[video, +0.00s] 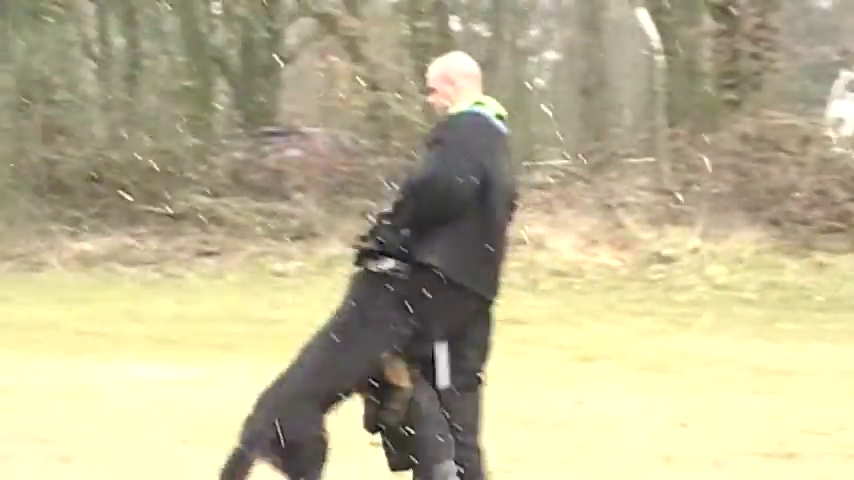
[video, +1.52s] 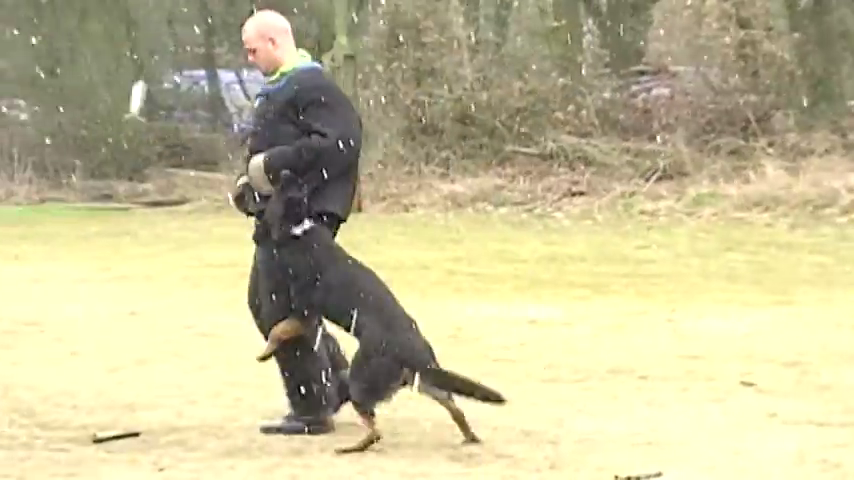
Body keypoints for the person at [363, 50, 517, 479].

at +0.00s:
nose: (428, 100)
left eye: (433, 91)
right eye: (428, 91)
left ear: (454, 87)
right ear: (469, 87)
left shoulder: (465, 128)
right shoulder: (493, 136)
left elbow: (450, 184)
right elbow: (499, 204)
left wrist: (399, 217)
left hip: (437, 273)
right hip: (471, 282)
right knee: (459, 386)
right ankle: (464, 467)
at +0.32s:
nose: (423, 102)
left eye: (428, 92)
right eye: (420, 94)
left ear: (453, 85)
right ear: (456, 86)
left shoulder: (470, 123)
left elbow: (485, 163)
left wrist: (422, 160)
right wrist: (396, 214)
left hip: (459, 256)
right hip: (484, 264)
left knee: (390, 352)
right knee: (505, 364)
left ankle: (377, 459)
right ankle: (555, 461)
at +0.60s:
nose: (310, 112)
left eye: (311, 101)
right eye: (306, 105)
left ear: (334, 89)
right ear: (335, 90)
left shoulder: (361, 123)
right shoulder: (344, 131)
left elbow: (340, 170)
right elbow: (326, 198)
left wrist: (307, 175)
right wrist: (310, 232)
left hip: (368, 257)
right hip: (352, 258)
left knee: (364, 359)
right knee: (365, 357)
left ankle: (406, 456)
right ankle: (422, 440)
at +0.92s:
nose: (230, 99)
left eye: (230, 89)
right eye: (227, 91)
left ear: (248, 78)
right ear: (256, 77)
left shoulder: (278, 104)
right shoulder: (269, 115)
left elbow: (304, 144)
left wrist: (251, 185)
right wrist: (236, 226)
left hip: (277, 242)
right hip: (265, 241)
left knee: (248, 339)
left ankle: (305, 428)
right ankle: (307, 430)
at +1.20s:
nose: (211, 64)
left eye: (213, 55)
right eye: (209, 57)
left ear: (233, 47)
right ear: (233, 47)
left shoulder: (259, 81)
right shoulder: (239, 87)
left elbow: (275, 130)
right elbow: (221, 133)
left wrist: (219, 156)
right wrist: (193, 152)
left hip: (259, 226)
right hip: (245, 223)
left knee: (210, 309)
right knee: (315, 310)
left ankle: (177, 405)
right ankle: (380, 388)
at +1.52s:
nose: (249, 59)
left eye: (252, 50)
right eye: (246, 52)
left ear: (273, 42)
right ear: (271, 43)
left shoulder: (308, 83)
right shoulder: (277, 91)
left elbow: (340, 141)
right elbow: (273, 154)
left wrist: (271, 162)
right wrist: (249, 187)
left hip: (305, 216)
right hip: (277, 215)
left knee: (282, 306)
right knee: (263, 303)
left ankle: (311, 409)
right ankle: (335, 376)